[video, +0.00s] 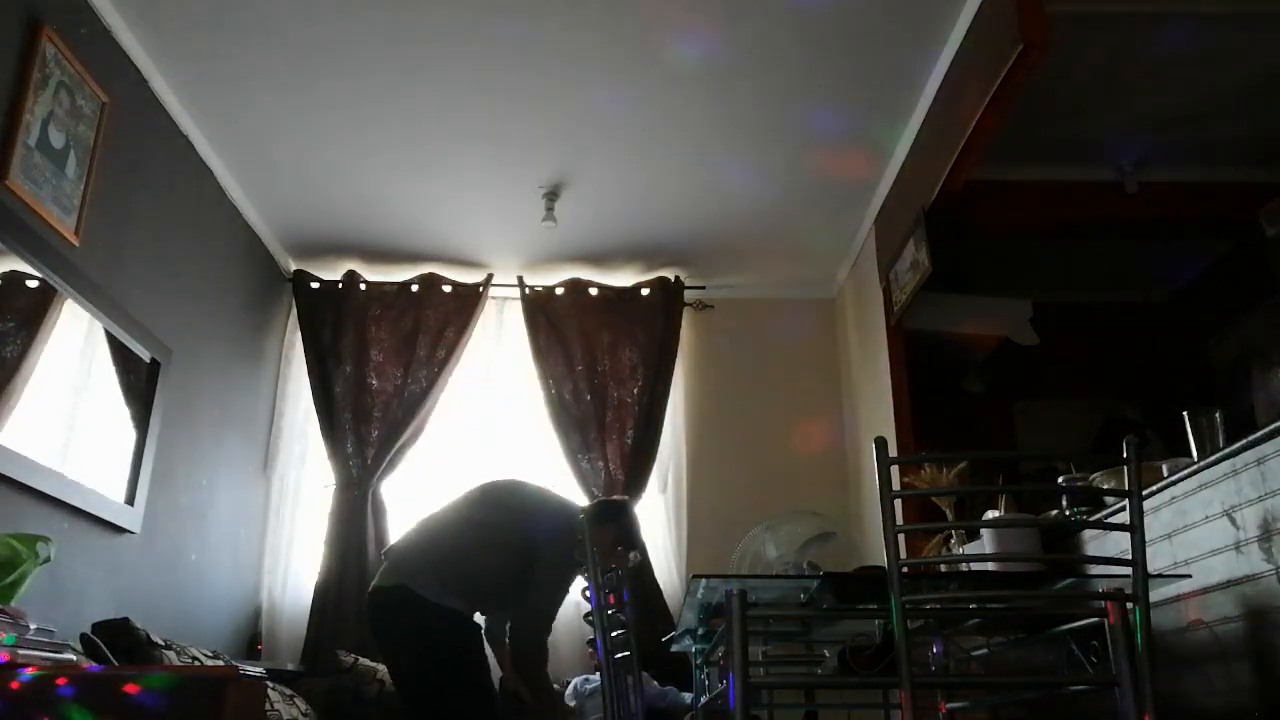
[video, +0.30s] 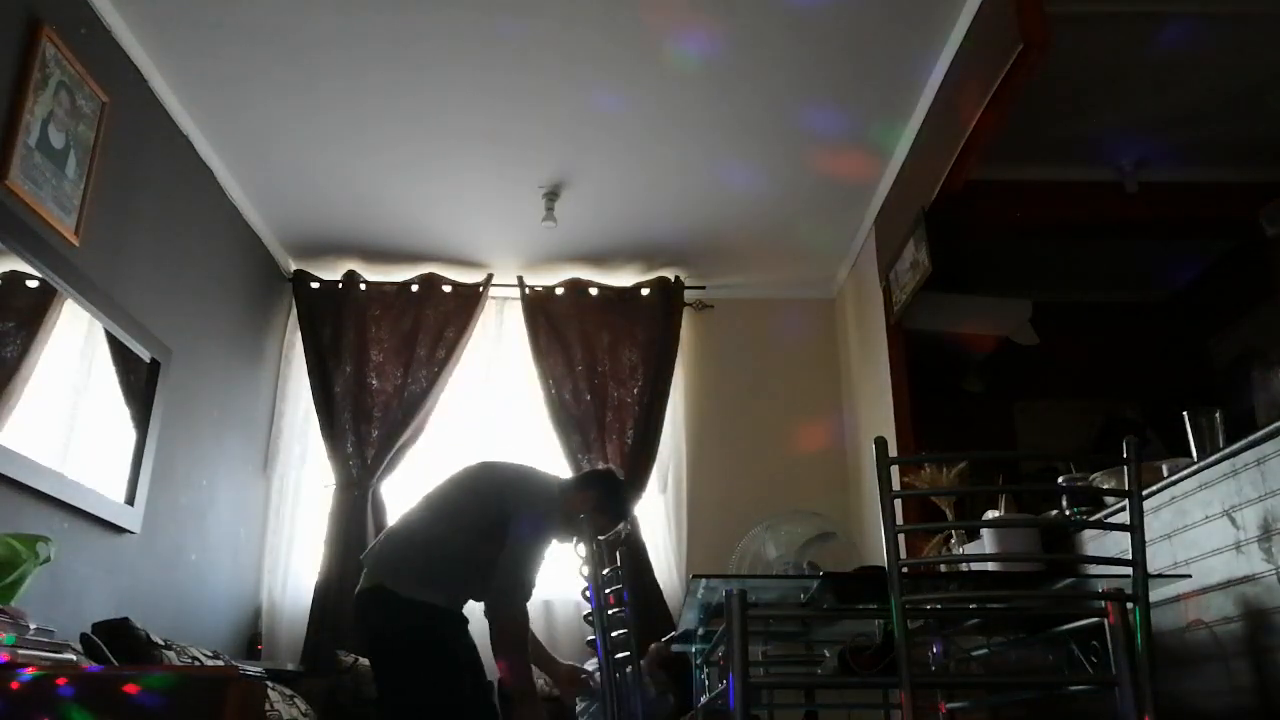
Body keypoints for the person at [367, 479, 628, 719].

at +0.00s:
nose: (612, 564)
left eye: (620, 556)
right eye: (619, 552)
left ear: (595, 517)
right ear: (608, 532)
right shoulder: (564, 539)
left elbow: (496, 626)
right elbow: (528, 641)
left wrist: (512, 676)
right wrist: (550, 704)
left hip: (396, 600)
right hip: (434, 609)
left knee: (435, 710)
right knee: (475, 711)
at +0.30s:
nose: (581, 537)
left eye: (591, 534)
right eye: (590, 528)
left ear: (582, 495)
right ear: (586, 499)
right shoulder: (540, 499)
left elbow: (504, 608)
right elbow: (505, 607)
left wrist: (555, 668)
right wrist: (526, 701)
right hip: (414, 603)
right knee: (468, 709)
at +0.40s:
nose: (582, 530)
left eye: (591, 525)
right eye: (591, 520)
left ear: (579, 488)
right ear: (582, 493)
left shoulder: (528, 499)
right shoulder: (524, 494)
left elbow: (507, 600)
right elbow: (494, 605)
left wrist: (552, 667)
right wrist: (527, 695)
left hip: (426, 605)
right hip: (399, 604)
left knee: (474, 708)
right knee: (462, 710)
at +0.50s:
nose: (578, 521)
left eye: (588, 516)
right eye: (586, 511)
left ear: (574, 475)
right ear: (578, 486)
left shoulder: (531, 508)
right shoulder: (513, 491)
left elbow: (508, 599)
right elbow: (484, 602)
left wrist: (523, 677)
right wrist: (517, 680)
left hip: (436, 605)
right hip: (394, 603)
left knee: (475, 705)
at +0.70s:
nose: (579, 503)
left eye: (589, 499)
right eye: (587, 495)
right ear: (576, 471)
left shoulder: (544, 500)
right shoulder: (492, 470)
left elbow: (508, 578)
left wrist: (509, 657)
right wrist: (465, 649)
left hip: (457, 598)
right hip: (400, 595)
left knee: (489, 697)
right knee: (423, 702)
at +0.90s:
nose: (574, 478)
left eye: (581, 472)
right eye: (577, 469)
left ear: (560, 448)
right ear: (562, 449)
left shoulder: (542, 478)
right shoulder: (475, 458)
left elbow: (535, 551)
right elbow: (405, 539)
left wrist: (552, 617)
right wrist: (441, 625)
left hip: (470, 606)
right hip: (407, 607)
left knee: (494, 704)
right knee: (419, 709)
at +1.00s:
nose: (562, 452)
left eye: (568, 445)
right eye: (564, 443)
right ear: (544, 424)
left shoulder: (535, 462)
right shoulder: (465, 444)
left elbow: (522, 536)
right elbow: (394, 525)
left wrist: (538, 607)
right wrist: (430, 612)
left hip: (483, 607)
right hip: (418, 611)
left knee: (506, 706)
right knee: (429, 713)